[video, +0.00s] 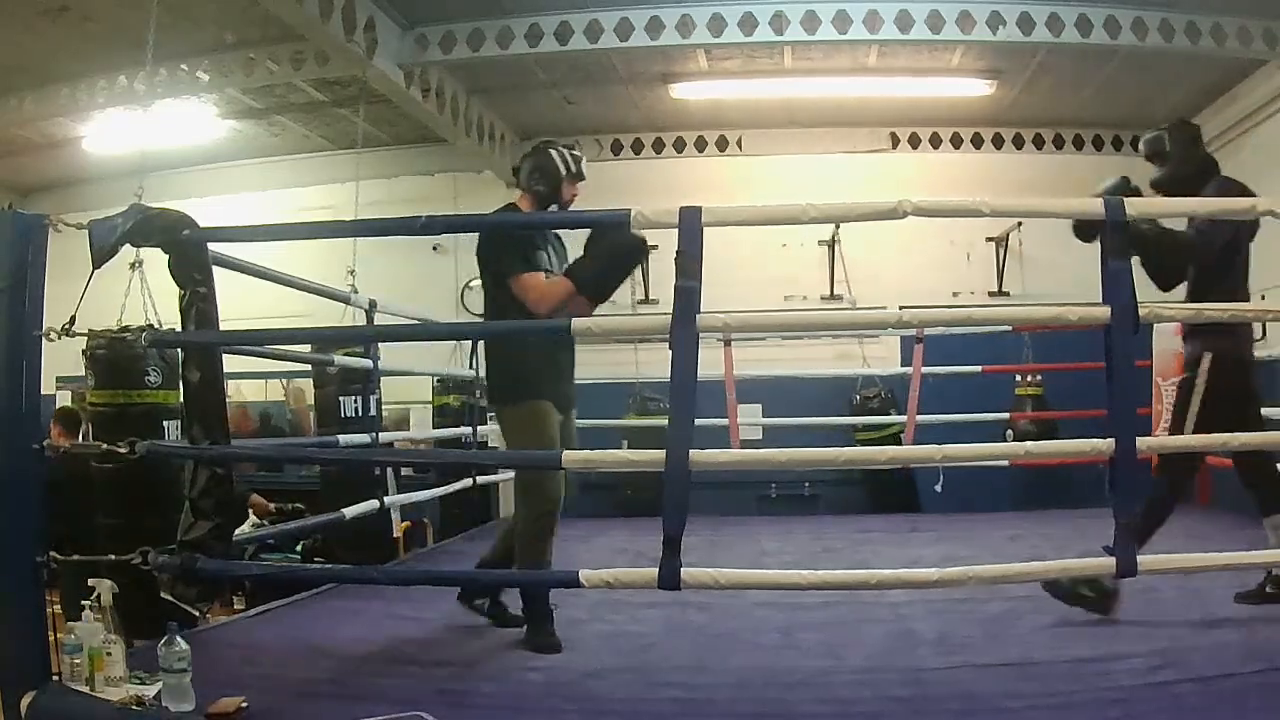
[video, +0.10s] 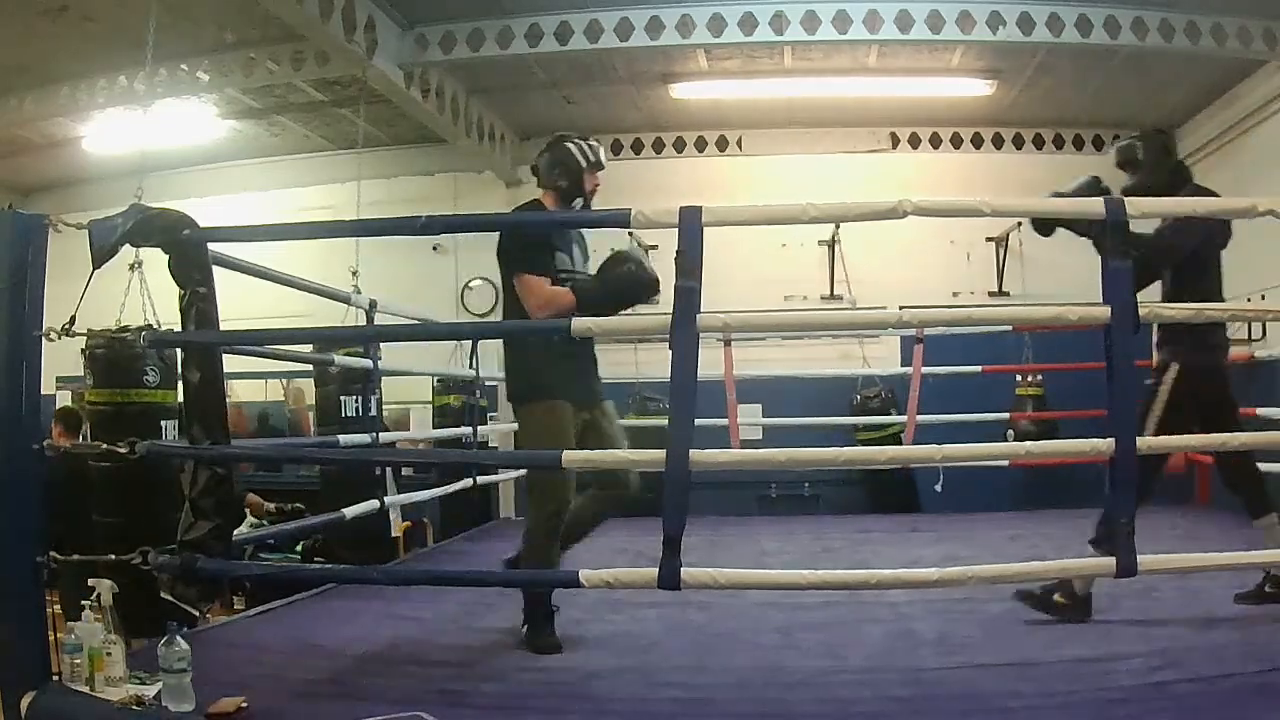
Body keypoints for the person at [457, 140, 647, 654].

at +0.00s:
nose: (579, 193)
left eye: (580, 183)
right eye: (576, 183)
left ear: (545, 181)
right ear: (554, 181)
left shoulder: (551, 234)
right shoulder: (504, 227)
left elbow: (574, 304)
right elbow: (538, 299)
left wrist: (616, 266)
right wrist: (593, 262)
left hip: (557, 387)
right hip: (523, 388)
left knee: (549, 496)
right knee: (541, 497)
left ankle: (482, 582)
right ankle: (538, 619)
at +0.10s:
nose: (600, 183)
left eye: (600, 173)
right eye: (595, 173)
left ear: (561, 176)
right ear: (570, 176)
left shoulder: (570, 228)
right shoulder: (527, 223)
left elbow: (570, 295)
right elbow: (539, 302)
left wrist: (616, 284)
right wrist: (605, 289)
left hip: (581, 383)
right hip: (542, 385)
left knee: (617, 483)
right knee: (551, 499)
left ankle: (530, 560)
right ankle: (539, 620)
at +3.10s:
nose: (844, 272)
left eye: (848, 262)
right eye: (843, 262)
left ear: (812, 243)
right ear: (824, 253)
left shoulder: (799, 281)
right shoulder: (775, 288)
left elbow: (826, 319)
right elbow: (813, 375)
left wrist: (867, 306)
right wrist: (870, 328)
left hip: (773, 414)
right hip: (727, 415)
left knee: (821, 494)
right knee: (749, 509)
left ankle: (835, 579)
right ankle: (682, 639)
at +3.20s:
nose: (825, 221)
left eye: (830, 211)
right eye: (822, 209)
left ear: (803, 202)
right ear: (796, 201)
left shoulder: (788, 249)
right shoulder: (760, 239)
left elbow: (835, 310)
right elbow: (829, 317)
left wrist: (854, 273)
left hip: (761, 394)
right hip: (724, 395)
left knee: (802, 467)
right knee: (756, 496)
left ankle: (801, 580)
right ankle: (681, 624)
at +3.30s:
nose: (815, 191)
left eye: (816, 182)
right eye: (813, 181)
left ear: (766, 165)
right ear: (802, 176)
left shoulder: (767, 218)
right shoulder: (751, 217)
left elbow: (830, 278)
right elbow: (834, 278)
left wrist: (856, 219)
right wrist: (856, 209)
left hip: (753, 380)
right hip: (729, 381)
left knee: (790, 474)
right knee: (755, 492)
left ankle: (767, 598)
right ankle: (671, 628)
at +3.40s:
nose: (804, 186)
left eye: (801, 176)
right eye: (801, 176)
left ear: (749, 168)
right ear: (790, 174)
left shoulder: (730, 217)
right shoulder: (759, 223)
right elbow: (831, 279)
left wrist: (840, 225)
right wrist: (849, 210)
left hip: (741, 400)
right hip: (730, 403)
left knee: (787, 491)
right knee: (730, 526)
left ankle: (762, 608)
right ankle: (670, 667)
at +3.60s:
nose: (789, 182)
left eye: (787, 172)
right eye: (788, 171)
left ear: (733, 168)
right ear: (777, 171)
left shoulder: (714, 223)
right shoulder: (749, 223)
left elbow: (779, 300)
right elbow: (792, 301)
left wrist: (822, 268)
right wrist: (831, 263)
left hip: (746, 398)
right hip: (729, 400)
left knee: (795, 491)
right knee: (738, 519)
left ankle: (778, 593)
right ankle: (671, 663)